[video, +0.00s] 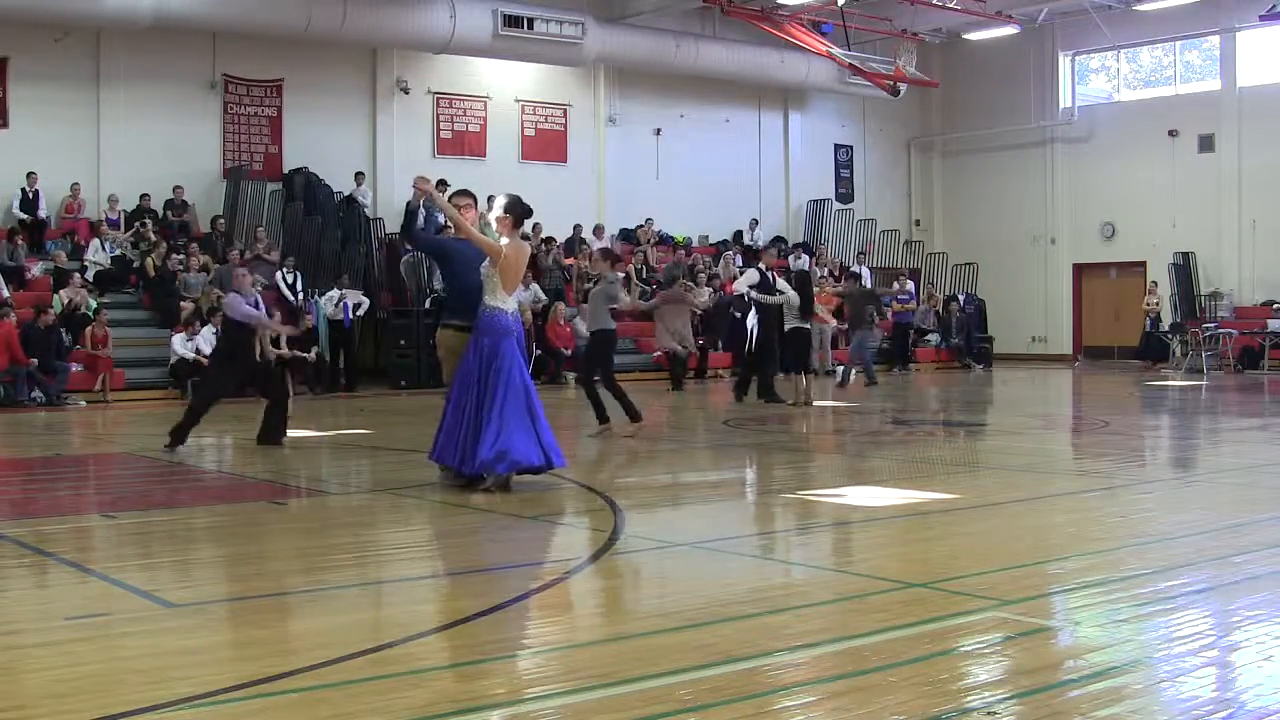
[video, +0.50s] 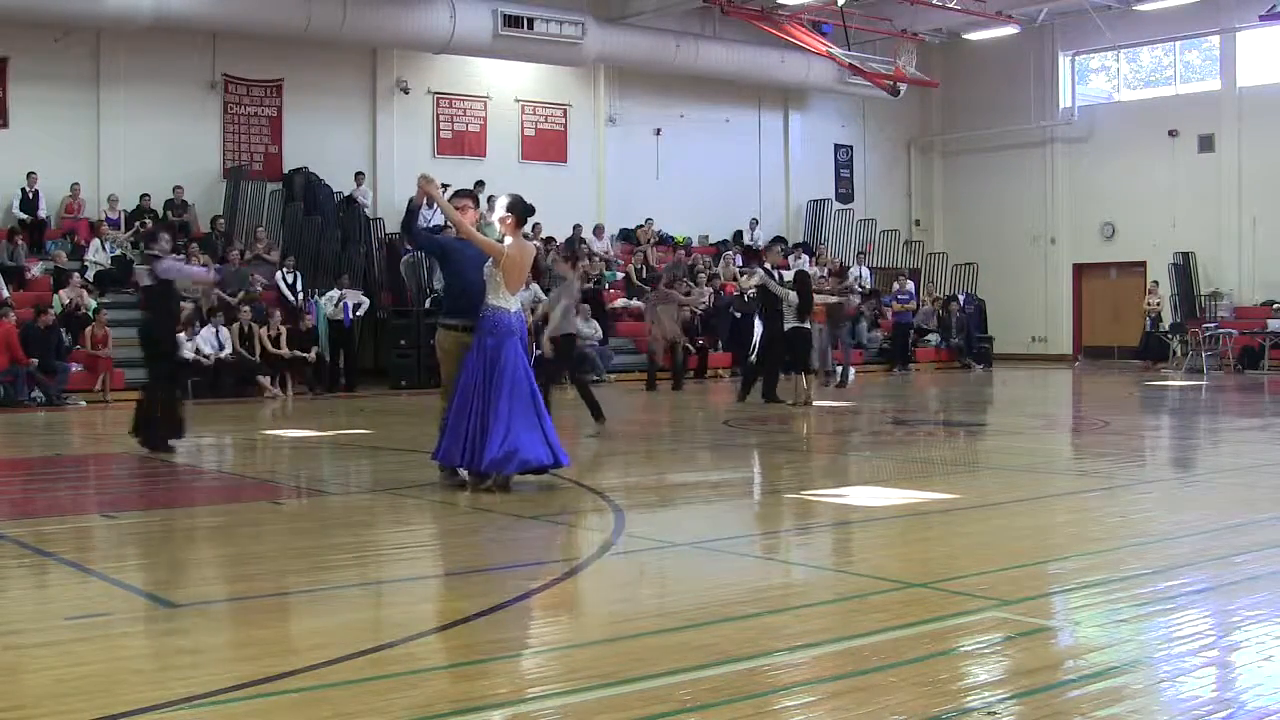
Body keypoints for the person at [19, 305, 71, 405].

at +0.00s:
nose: (53, 318)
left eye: (54, 315)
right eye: (51, 315)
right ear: (42, 316)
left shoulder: (54, 329)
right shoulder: (28, 328)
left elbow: (60, 348)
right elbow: (24, 346)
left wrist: (61, 359)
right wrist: (28, 359)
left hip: (50, 360)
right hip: (35, 360)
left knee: (64, 367)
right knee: (32, 371)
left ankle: (57, 394)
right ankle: (51, 394)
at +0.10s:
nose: (53, 318)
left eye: (53, 315)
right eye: (51, 315)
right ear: (42, 317)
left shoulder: (54, 329)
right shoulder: (28, 329)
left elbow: (60, 347)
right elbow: (24, 346)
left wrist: (60, 360)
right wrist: (28, 359)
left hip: (50, 360)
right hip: (34, 360)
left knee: (64, 367)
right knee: (31, 370)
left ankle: (56, 394)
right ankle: (52, 394)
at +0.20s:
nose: (53, 318)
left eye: (53, 315)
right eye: (51, 315)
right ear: (42, 317)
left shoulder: (54, 329)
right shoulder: (28, 328)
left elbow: (60, 347)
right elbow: (24, 346)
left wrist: (60, 360)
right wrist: (28, 359)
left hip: (50, 360)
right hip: (34, 360)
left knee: (64, 367)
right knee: (31, 370)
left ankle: (56, 394)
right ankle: (52, 394)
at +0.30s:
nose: (53, 318)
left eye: (53, 315)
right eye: (51, 315)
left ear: (44, 317)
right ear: (42, 317)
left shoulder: (54, 329)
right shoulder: (28, 329)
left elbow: (60, 347)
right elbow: (24, 346)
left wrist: (60, 360)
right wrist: (28, 359)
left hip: (50, 360)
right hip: (34, 360)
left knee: (64, 367)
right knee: (31, 370)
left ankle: (56, 394)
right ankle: (52, 394)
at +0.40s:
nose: (53, 318)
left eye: (53, 315)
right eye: (51, 315)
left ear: (44, 317)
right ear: (42, 317)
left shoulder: (54, 329)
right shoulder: (28, 328)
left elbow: (60, 347)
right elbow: (24, 346)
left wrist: (60, 360)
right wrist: (28, 359)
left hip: (50, 360)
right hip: (34, 360)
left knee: (64, 367)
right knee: (31, 370)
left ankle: (56, 394)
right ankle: (52, 394)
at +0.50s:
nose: (53, 318)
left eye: (54, 315)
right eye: (51, 315)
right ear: (42, 317)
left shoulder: (54, 329)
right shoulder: (28, 328)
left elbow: (60, 347)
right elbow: (23, 346)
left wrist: (60, 360)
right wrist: (28, 359)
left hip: (50, 360)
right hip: (34, 360)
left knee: (64, 367)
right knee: (31, 370)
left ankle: (56, 394)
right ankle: (52, 394)